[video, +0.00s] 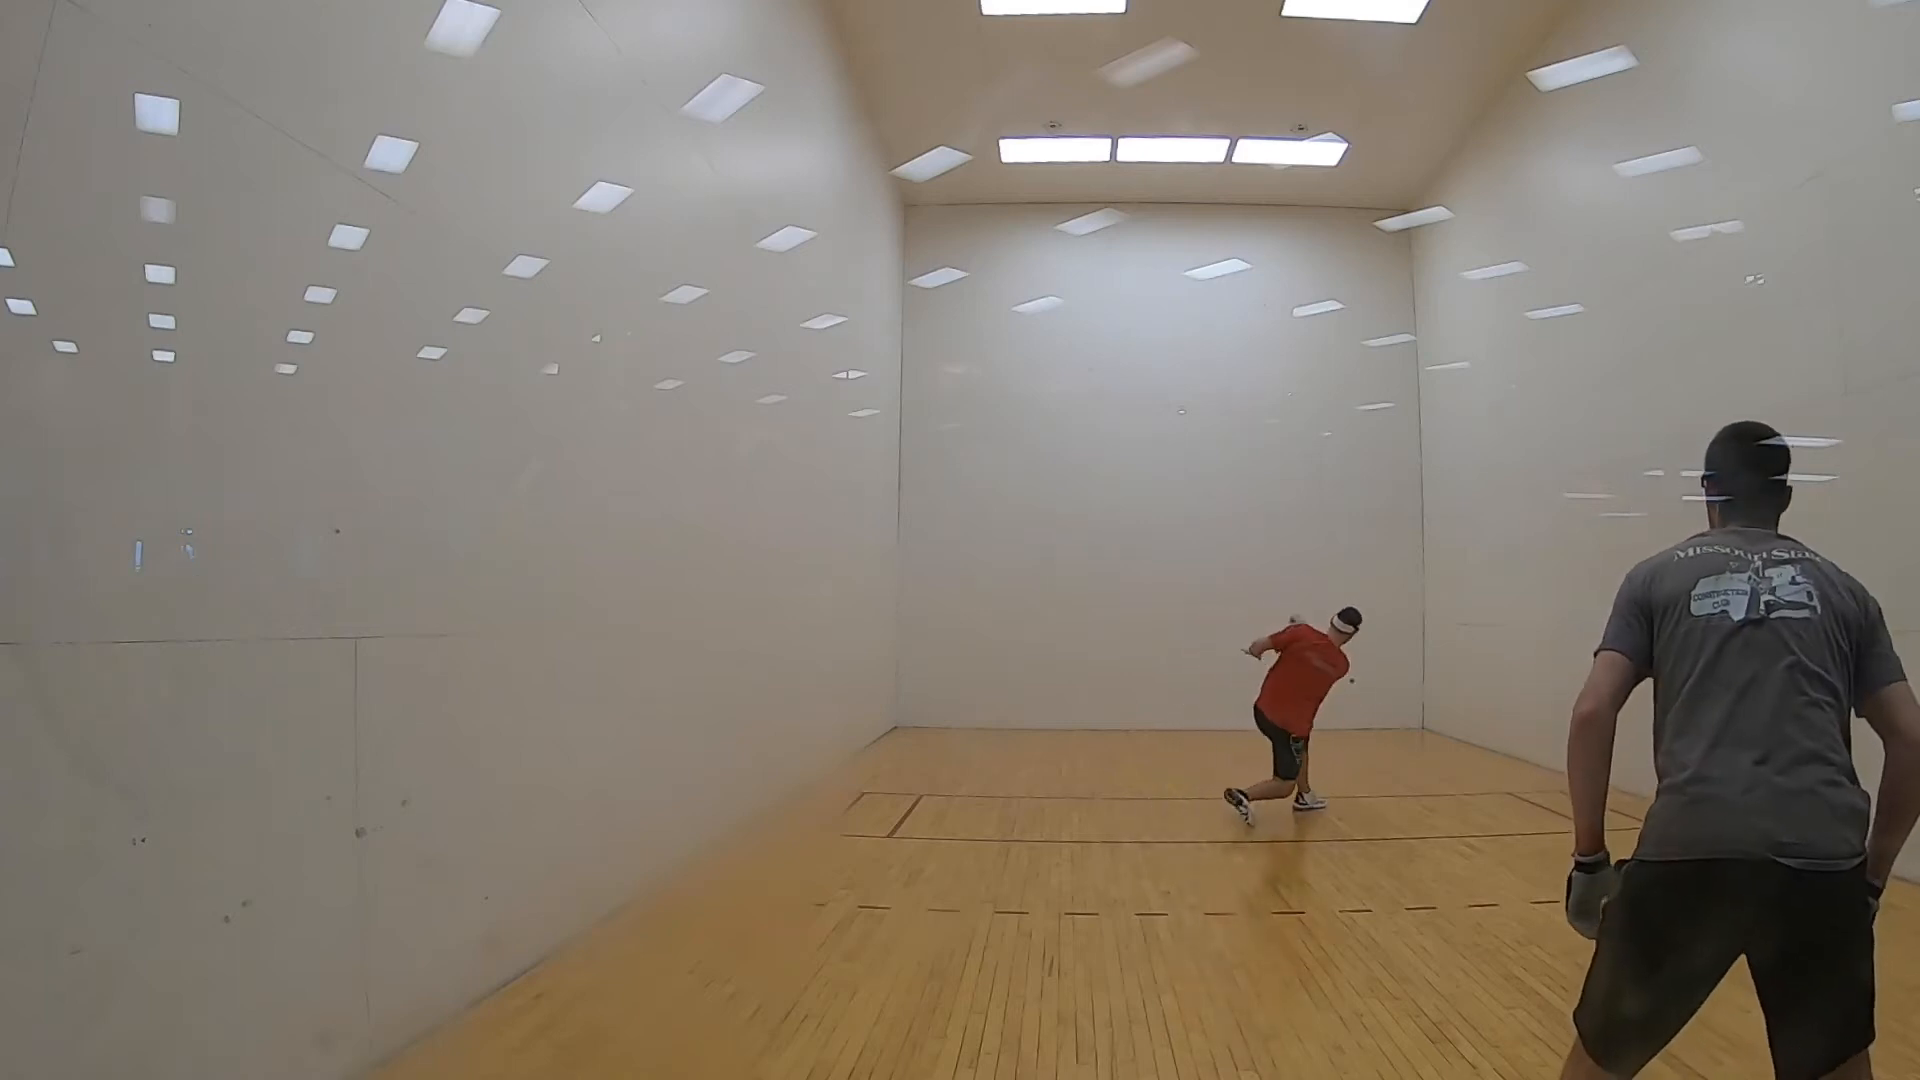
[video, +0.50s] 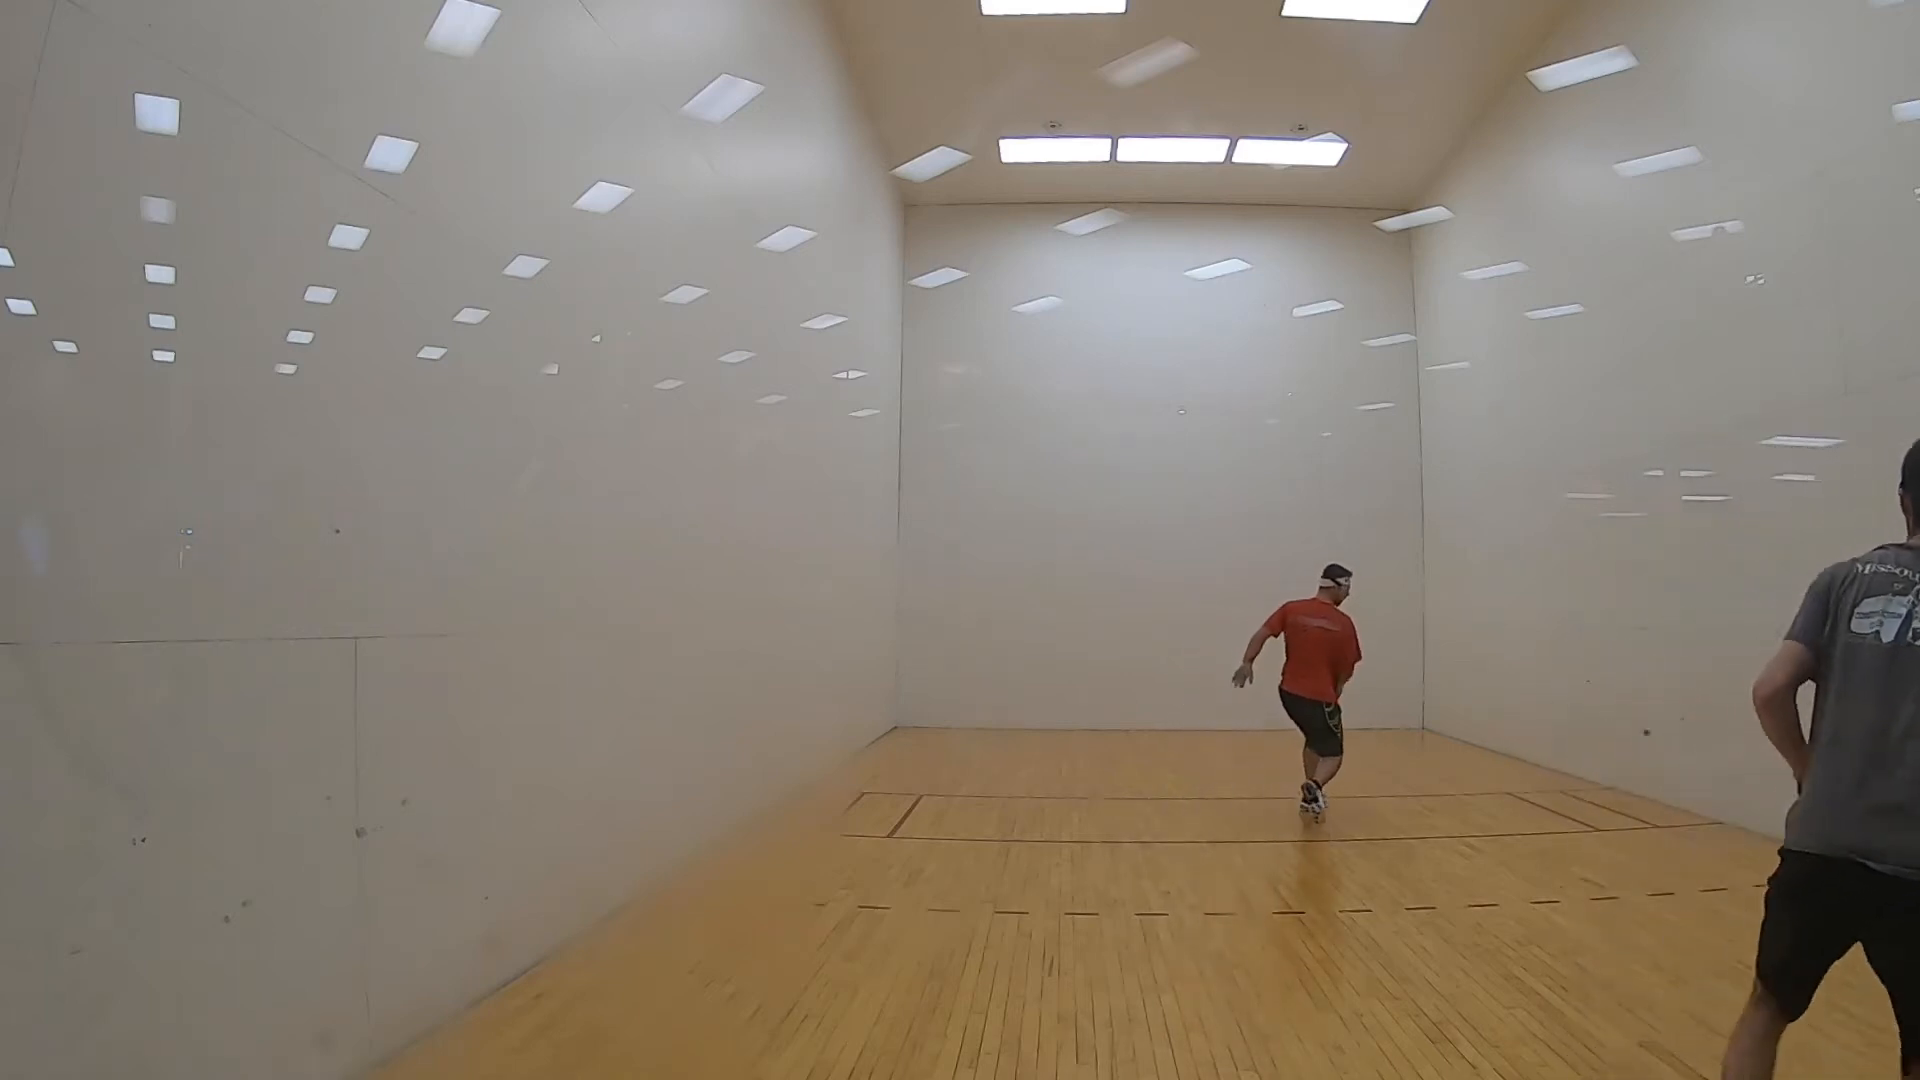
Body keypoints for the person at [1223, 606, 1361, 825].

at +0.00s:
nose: (1350, 637)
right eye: (1352, 633)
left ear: (1330, 622)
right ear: (1351, 636)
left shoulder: (1301, 632)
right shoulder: (1341, 665)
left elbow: (1259, 645)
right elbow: (1324, 651)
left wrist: (1254, 651)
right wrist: (1302, 628)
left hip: (1263, 713)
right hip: (1290, 729)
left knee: (1301, 744)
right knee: (1284, 786)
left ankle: (1304, 795)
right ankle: (1243, 795)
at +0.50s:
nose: (1348, 592)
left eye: (1348, 587)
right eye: (1347, 587)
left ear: (1322, 585)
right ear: (1339, 587)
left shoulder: (1291, 609)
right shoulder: (1344, 623)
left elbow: (1262, 633)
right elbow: (1347, 669)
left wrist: (1246, 662)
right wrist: (1334, 691)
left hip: (1289, 693)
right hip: (1321, 700)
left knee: (1312, 740)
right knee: (1333, 754)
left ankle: (1312, 791)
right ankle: (1314, 786)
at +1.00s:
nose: (1332, 573)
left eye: (1333, 567)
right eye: (1328, 567)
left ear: (1307, 567)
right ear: (1312, 566)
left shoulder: (1274, 591)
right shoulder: (1319, 603)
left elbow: (1252, 626)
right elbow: (1331, 652)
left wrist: (1258, 662)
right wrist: (1343, 670)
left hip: (1270, 684)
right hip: (1304, 688)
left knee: (1271, 747)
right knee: (1314, 752)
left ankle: (1255, 803)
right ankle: (1309, 819)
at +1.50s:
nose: (1231, 573)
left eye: (1223, 569)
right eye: (1237, 567)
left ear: (1217, 572)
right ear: (1245, 569)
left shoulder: (1203, 612)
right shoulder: (1264, 599)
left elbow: (1200, 662)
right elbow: (1297, 622)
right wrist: (1283, 649)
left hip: (1224, 707)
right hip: (1263, 703)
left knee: (1219, 774)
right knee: (1279, 764)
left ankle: (1204, 837)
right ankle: (1285, 837)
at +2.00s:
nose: (1248, 541)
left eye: (1249, 536)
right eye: (1257, 537)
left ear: (1252, 541)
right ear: (1283, 545)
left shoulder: (1226, 583)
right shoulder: (1300, 595)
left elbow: (1186, 626)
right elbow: (1320, 641)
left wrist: (1149, 652)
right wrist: (1284, 644)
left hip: (1226, 701)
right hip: (1272, 708)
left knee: (1213, 774)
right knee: (1264, 789)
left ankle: (1203, 843)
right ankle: (1255, 869)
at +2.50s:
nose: (1281, 527)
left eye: (1283, 522)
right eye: (1290, 523)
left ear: (1286, 528)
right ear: (1324, 534)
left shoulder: (1259, 579)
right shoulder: (1348, 587)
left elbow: (1227, 639)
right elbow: (1376, 648)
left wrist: (1223, 678)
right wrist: (1347, 687)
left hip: (1274, 722)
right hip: (1330, 722)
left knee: (1252, 819)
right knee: (1319, 807)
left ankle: (1236, 929)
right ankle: (1317, 905)